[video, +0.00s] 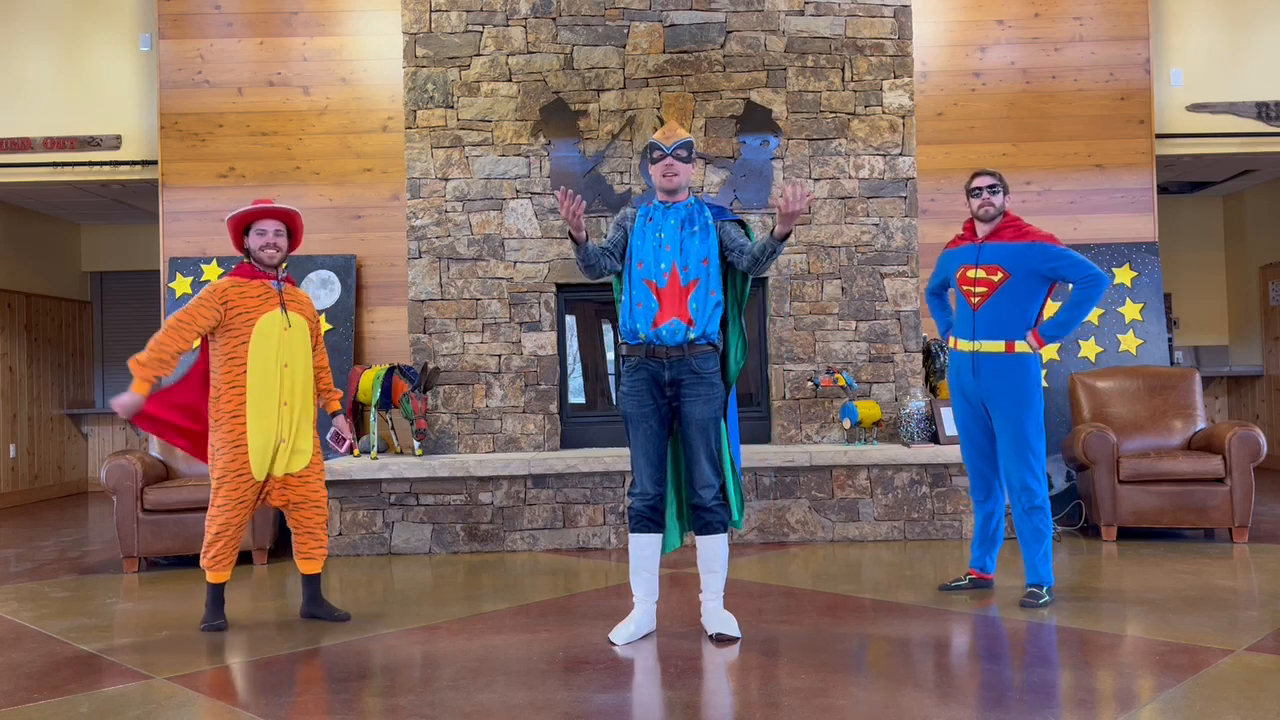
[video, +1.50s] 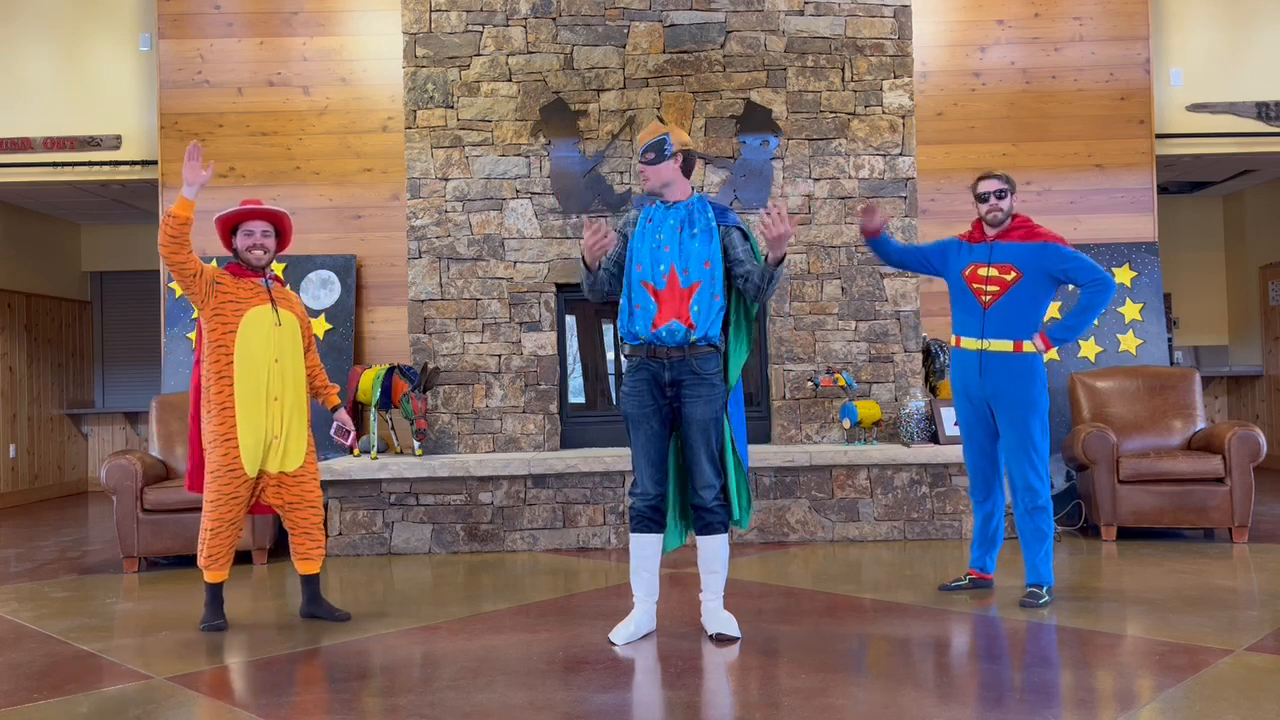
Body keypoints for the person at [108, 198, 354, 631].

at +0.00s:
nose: (270, 241)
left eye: (278, 235)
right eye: (261, 234)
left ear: (288, 245)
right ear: (246, 242)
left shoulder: (300, 300)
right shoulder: (225, 292)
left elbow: (318, 360)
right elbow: (176, 332)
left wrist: (334, 409)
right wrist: (139, 387)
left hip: (295, 422)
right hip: (238, 422)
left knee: (312, 501)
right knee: (229, 507)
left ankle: (313, 598)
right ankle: (214, 605)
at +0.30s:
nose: (261, 241)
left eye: (270, 235)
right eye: (252, 235)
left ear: (280, 244)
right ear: (237, 243)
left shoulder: (294, 301)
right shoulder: (214, 288)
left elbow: (317, 358)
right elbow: (167, 277)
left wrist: (349, 398)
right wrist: (130, 243)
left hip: (292, 421)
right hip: (236, 421)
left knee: (312, 500)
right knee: (227, 507)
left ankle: (313, 598)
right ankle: (214, 605)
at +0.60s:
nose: (256, 240)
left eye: (264, 234)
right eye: (247, 234)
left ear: (276, 245)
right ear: (232, 243)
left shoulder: (288, 298)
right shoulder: (214, 285)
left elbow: (310, 358)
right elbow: (182, 250)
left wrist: (340, 398)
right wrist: (208, 199)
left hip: (290, 420)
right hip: (234, 422)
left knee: (310, 505)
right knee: (224, 512)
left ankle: (313, 598)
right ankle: (214, 605)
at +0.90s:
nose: (258, 240)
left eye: (266, 234)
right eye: (248, 233)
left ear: (279, 243)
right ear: (233, 241)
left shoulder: (292, 301)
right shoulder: (214, 287)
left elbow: (311, 363)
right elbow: (184, 241)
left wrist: (332, 407)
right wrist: (178, 181)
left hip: (289, 423)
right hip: (233, 423)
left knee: (309, 504)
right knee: (223, 510)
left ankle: (313, 598)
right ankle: (214, 604)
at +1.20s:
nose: (258, 240)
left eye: (266, 233)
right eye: (249, 233)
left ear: (278, 244)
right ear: (234, 241)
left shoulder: (291, 298)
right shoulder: (213, 285)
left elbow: (312, 361)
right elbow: (178, 250)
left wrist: (339, 405)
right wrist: (191, 194)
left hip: (287, 422)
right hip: (230, 423)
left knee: (307, 503)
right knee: (222, 510)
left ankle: (312, 597)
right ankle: (214, 604)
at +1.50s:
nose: (257, 240)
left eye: (265, 233)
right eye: (247, 233)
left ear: (277, 243)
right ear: (233, 242)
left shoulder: (291, 299)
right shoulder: (211, 286)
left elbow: (310, 362)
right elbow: (174, 249)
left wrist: (335, 406)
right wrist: (188, 193)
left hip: (287, 422)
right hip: (230, 423)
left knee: (307, 503)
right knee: (222, 510)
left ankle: (312, 598)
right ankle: (214, 604)